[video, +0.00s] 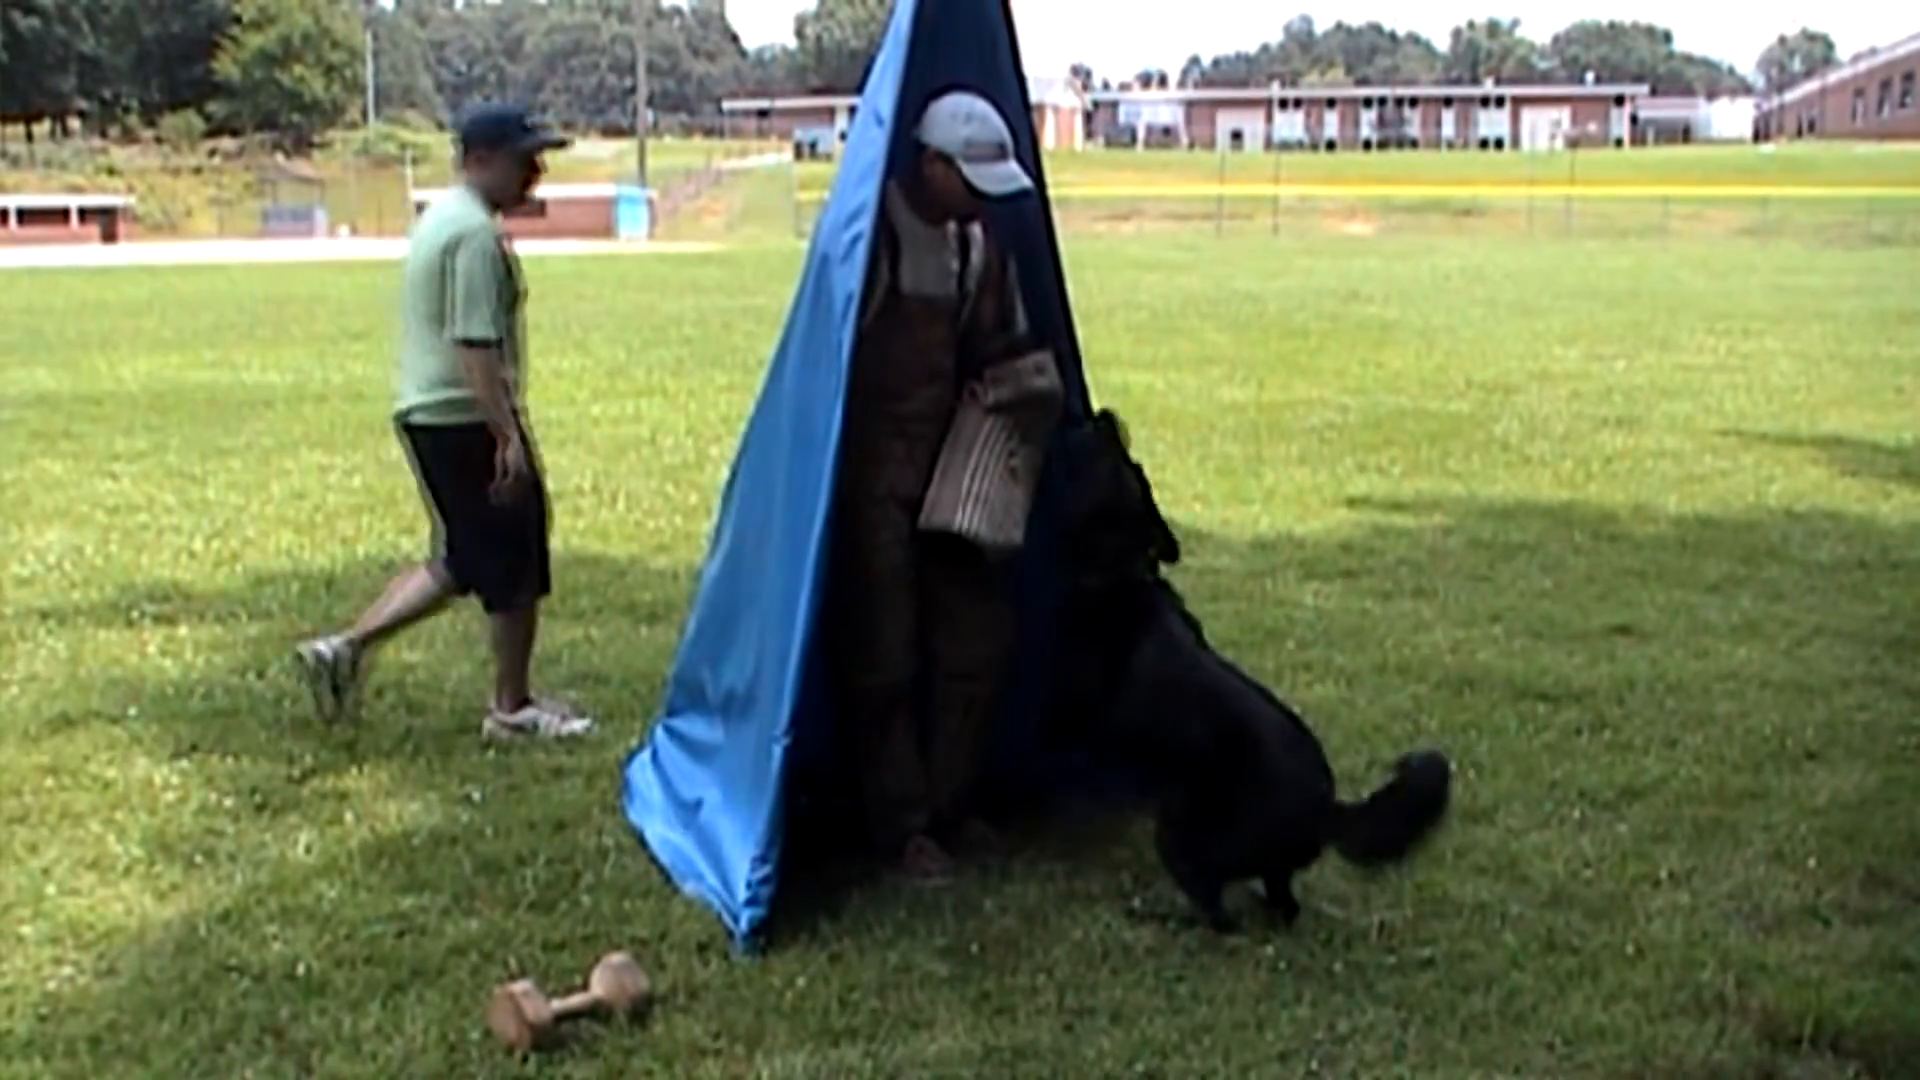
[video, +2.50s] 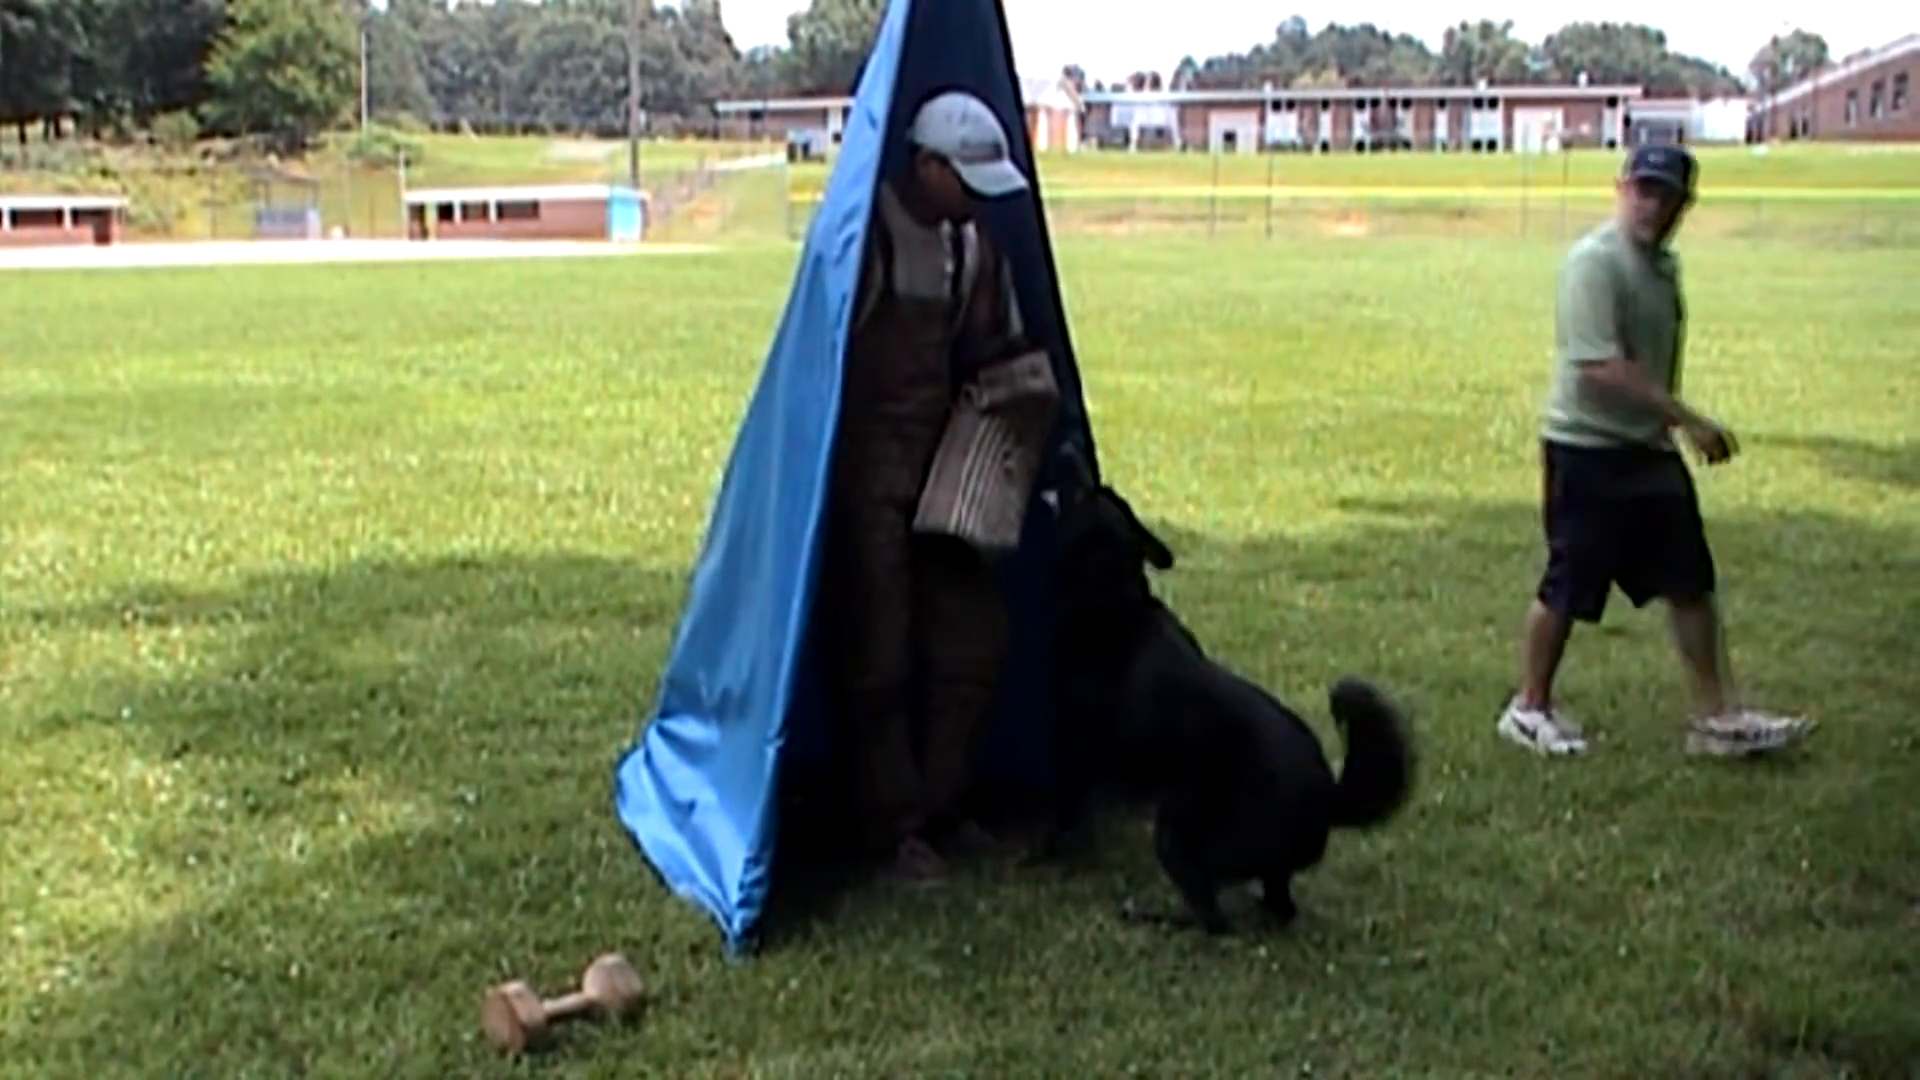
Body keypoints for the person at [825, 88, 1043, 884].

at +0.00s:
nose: (979, 200)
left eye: (986, 186)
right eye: (969, 183)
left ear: (983, 175)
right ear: (928, 164)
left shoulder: (984, 249)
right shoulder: (864, 244)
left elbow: (1020, 363)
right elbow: (824, 370)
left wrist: (1021, 383)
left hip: (963, 487)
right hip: (874, 487)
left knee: (969, 646)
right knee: (887, 657)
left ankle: (951, 810)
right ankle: (898, 828)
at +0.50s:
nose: (980, 197)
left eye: (987, 184)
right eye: (970, 181)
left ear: (980, 171)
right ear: (928, 164)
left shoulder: (984, 246)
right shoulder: (865, 242)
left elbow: (1002, 359)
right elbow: (821, 366)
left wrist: (1029, 383)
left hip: (964, 484)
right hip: (876, 483)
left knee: (972, 644)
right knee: (888, 655)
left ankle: (952, 810)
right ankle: (899, 828)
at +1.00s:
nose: (977, 199)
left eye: (984, 185)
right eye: (968, 182)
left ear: (980, 174)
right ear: (925, 164)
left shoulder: (981, 251)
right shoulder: (862, 245)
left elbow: (1007, 362)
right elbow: (821, 367)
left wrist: (1026, 384)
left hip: (960, 482)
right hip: (872, 483)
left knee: (970, 643)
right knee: (886, 656)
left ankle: (952, 811)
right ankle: (898, 831)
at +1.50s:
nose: (976, 200)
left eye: (983, 186)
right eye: (966, 183)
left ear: (975, 175)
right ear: (922, 164)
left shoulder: (978, 251)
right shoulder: (857, 243)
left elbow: (1004, 361)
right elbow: (819, 366)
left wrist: (1025, 381)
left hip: (956, 485)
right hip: (869, 486)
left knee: (968, 645)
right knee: (882, 658)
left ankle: (947, 811)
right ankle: (894, 830)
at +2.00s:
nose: (975, 201)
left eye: (982, 186)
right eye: (966, 183)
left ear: (975, 175)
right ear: (924, 164)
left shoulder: (978, 249)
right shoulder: (861, 242)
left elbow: (998, 359)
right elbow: (820, 364)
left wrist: (1025, 377)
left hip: (958, 475)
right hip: (871, 477)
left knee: (967, 639)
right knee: (884, 652)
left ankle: (950, 810)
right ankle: (895, 828)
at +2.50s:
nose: (973, 200)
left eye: (981, 186)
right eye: (964, 183)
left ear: (976, 175)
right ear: (923, 165)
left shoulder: (978, 248)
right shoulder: (860, 243)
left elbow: (1002, 359)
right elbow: (820, 366)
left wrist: (1022, 384)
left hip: (957, 482)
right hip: (870, 483)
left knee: (966, 644)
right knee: (883, 656)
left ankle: (946, 811)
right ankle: (894, 829)